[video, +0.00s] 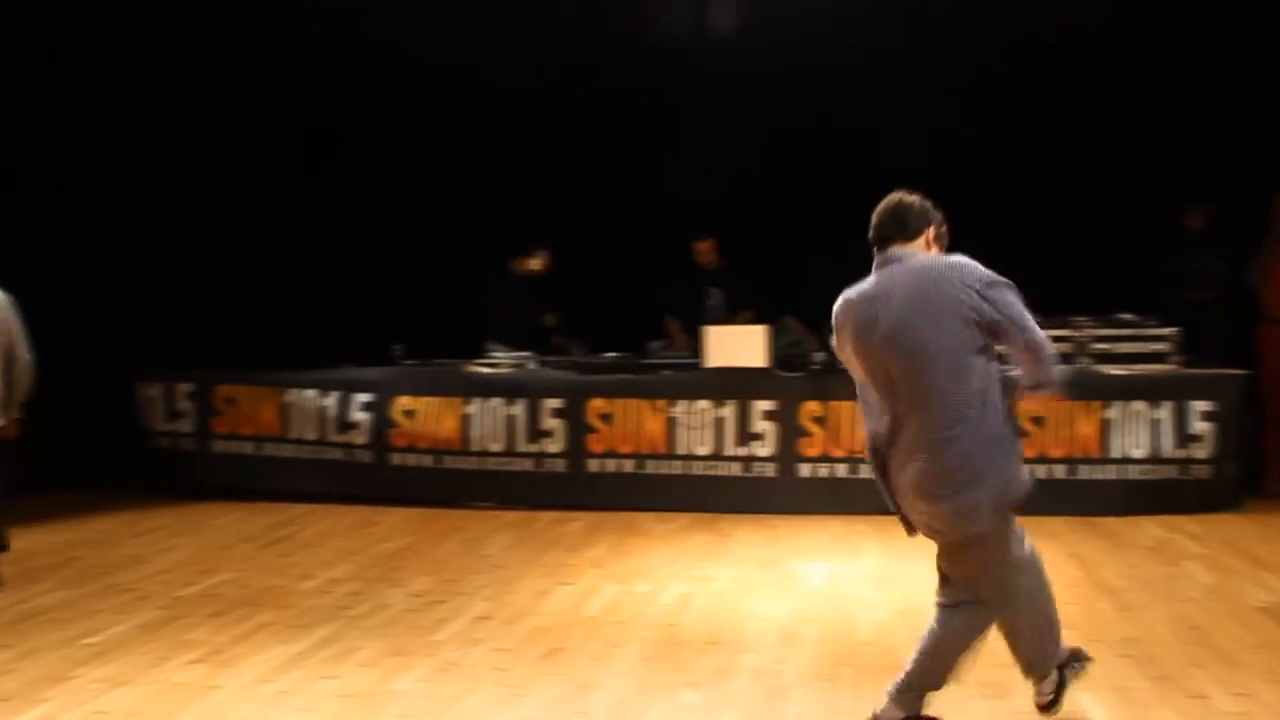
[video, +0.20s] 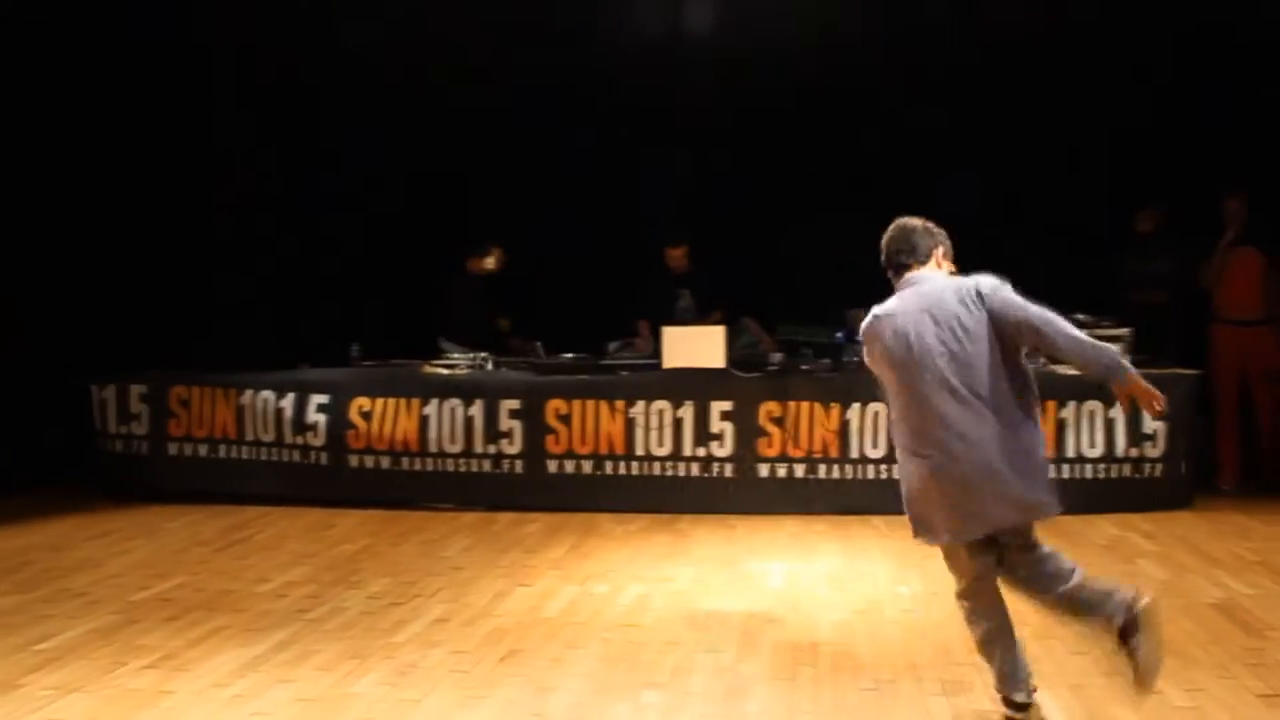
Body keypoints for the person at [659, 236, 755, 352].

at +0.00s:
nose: (705, 258)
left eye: (708, 252)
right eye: (700, 253)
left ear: (715, 252)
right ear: (694, 255)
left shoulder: (731, 275)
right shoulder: (687, 278)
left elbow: (747, 312)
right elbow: (673, 317)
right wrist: (681, 342)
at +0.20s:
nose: (677, 263)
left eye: (681, 258)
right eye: (672, 259)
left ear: (688, 257)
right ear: (665, 259)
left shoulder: (702, 279)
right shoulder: (658, 283)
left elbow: (719, 309)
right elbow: (644, 318)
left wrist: (703, 328)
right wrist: (648, 342)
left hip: (701, 337)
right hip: (667, 339)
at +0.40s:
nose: (668, 264)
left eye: (672, 258)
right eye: (663, 259)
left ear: (679, 258)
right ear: (657, 259)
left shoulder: (693, 279)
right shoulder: (649, 281)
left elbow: (707, 312)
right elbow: (635, 314)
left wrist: (694, 329)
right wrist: (631, 340)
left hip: (691, 338)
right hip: (656, 339)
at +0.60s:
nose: (671, 267)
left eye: (675, 262)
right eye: (667, 262)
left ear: (682, 261)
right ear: (660, 262)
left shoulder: (694, 283)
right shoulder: (651, 284)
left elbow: (709, 315)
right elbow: (632, 316)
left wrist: (690, 328)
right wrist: (631, 345)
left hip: (692, 341)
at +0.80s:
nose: (667, 266)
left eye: (670, 262)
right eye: (663, 262)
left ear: (677, 260)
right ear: (656, 261)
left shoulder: (688, 282)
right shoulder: (646, 283)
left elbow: (703, 318)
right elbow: (623, 315)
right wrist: (626, 343)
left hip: (685, 341)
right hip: (652, 342)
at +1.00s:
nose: (657, 266)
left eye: (660, 261)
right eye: (652, 262)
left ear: (665, 259)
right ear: (645, 261)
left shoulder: (677, 281)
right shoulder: (636, 283)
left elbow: (698, 315)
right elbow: (618, 315)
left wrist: (677, 326)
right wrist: (622, 342)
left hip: (679, 341)